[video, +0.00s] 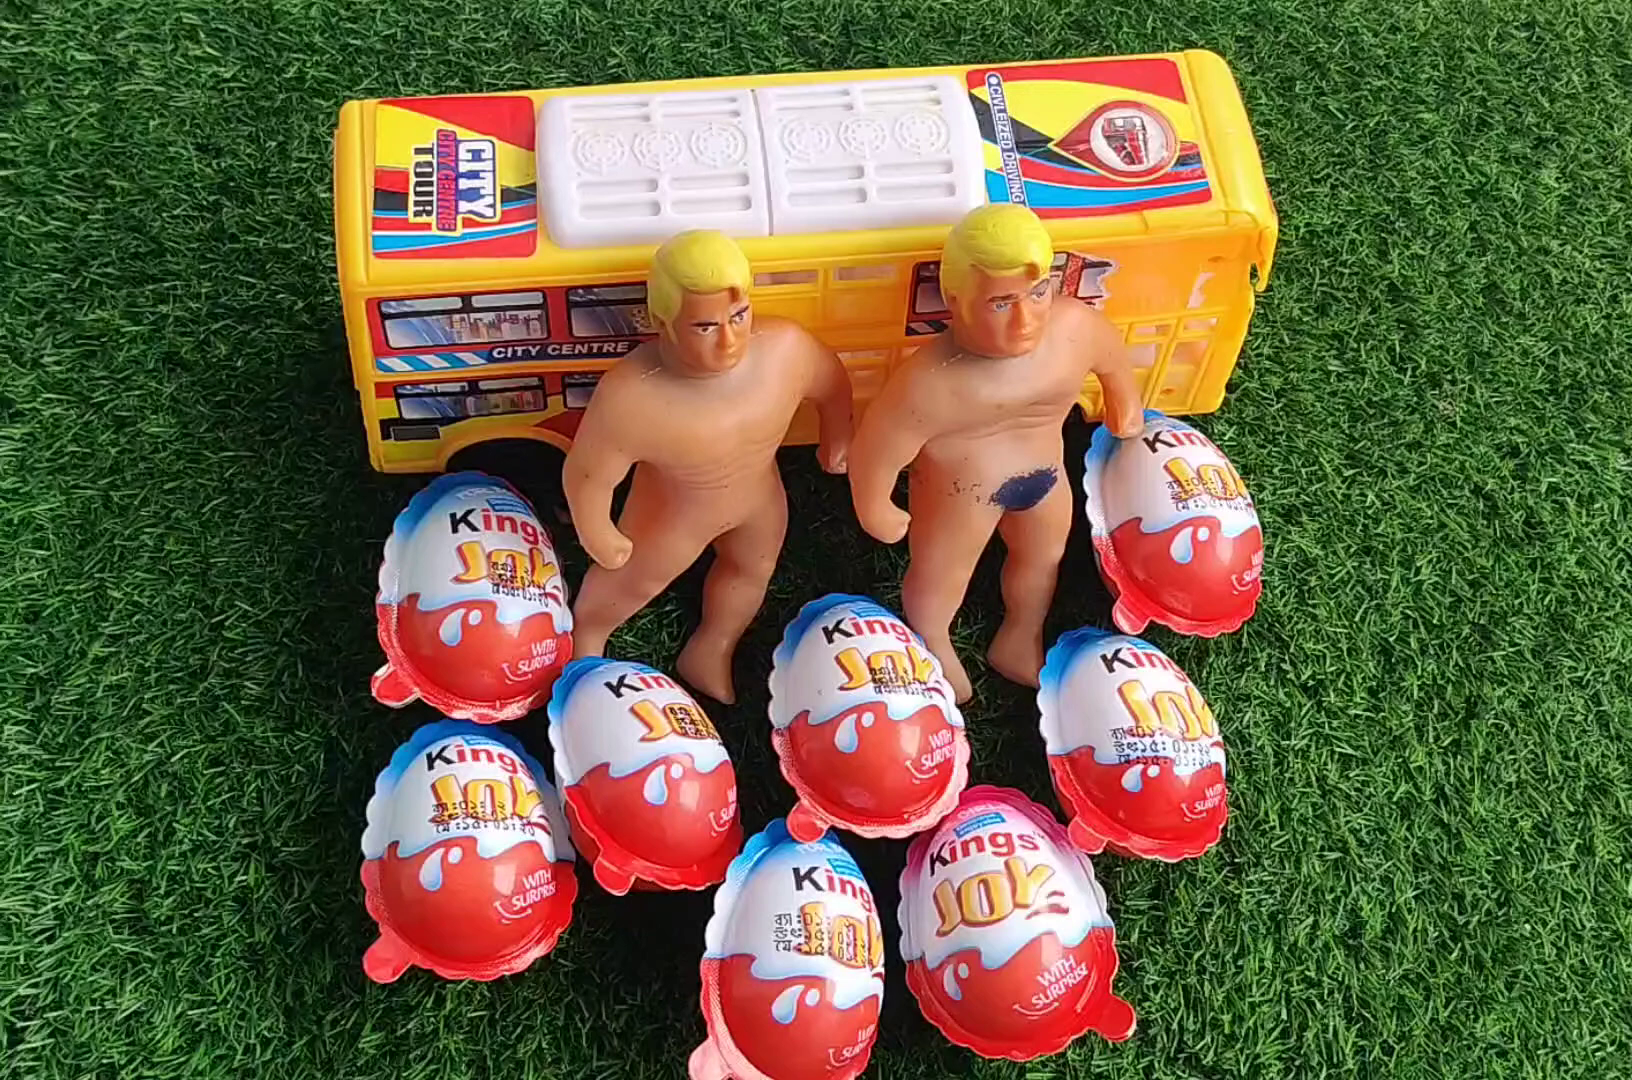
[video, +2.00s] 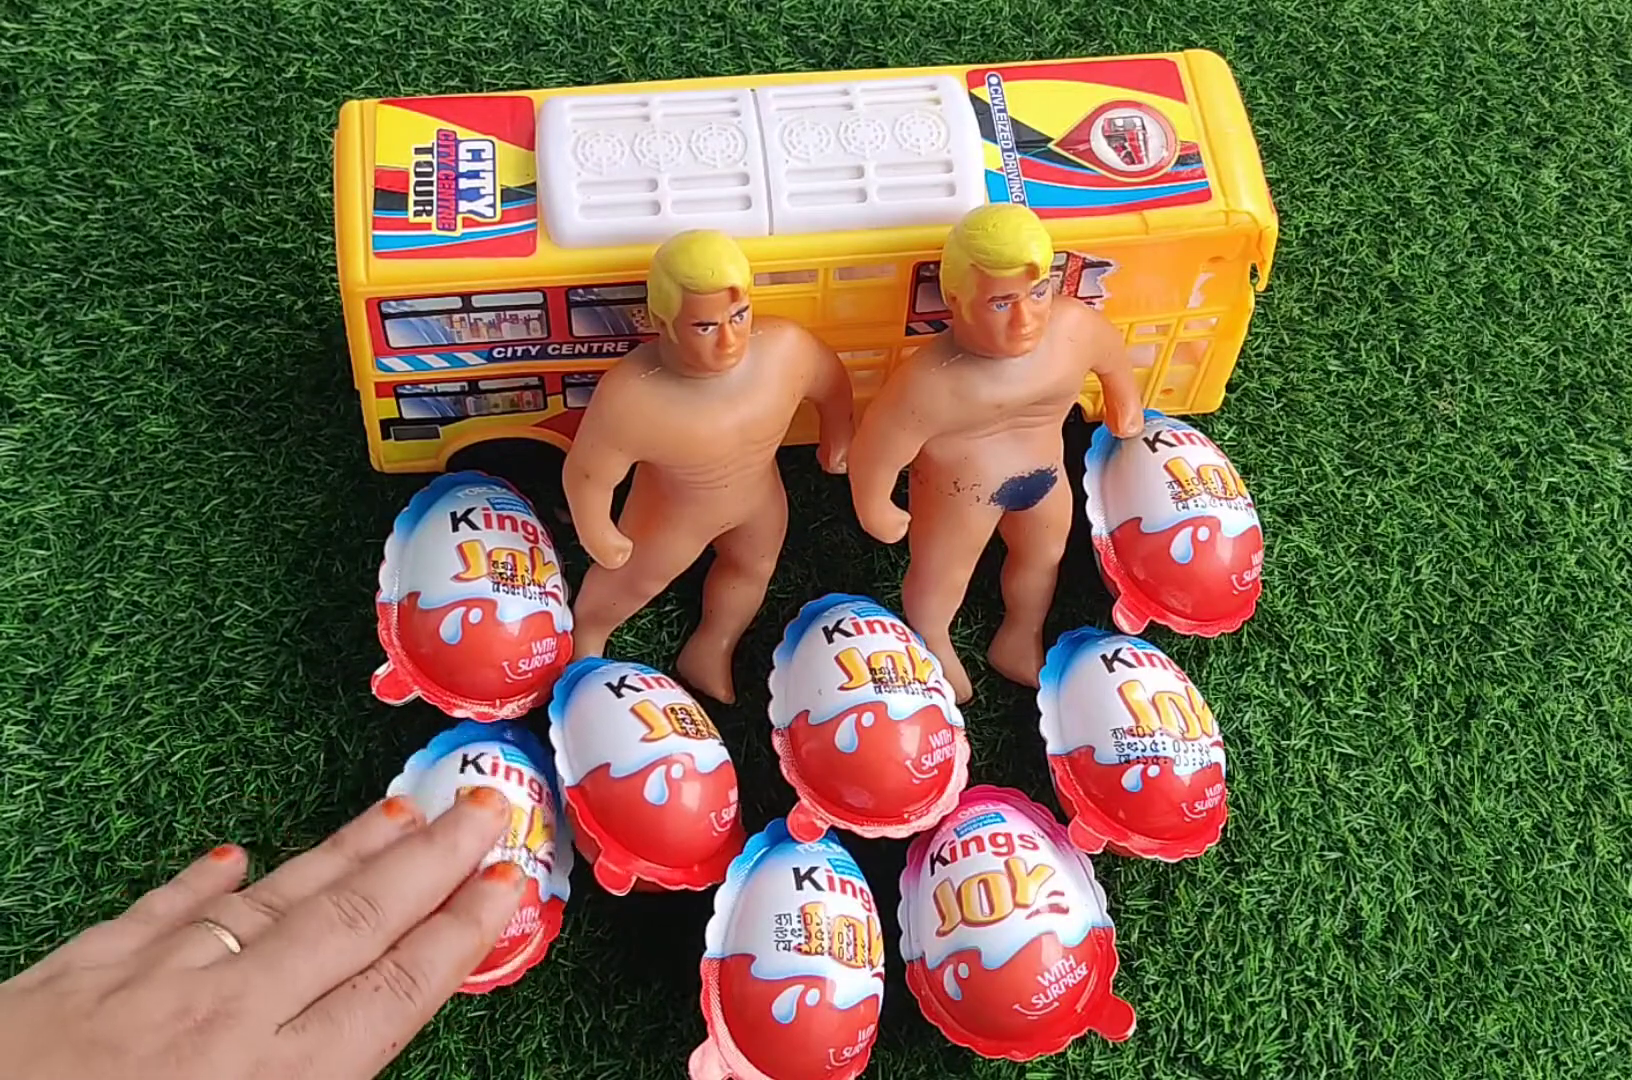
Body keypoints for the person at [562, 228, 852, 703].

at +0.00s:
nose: (728, 339)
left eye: (739, 316)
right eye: (705, 326)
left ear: (750, 302)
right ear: (661, 324)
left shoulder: (789, 350)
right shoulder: (629, 397)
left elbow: (834, 387)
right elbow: (588, 475)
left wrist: (837, 440)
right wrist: (600, 537)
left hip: (759, 496)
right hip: (672, 511)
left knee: (749, 574)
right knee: (630, 585)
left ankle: (711, 651)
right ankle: (589, 630)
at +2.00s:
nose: (729, 339)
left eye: (739, 316)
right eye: (705, 326)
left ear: (751, 301)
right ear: (660, 323)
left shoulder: (789, 350)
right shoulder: (629, 397)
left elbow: (834, 387)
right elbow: (587, 474)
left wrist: (837, 439)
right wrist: (600, 538)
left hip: (759, 496)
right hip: (673, 512)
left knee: (749, 574)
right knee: (631, 584)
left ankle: (711, 650)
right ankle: (590, 629)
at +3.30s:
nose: (728, 339)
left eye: (739, 316)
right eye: (705, 326)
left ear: (751, 301)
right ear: (661, 324)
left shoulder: (789, 349)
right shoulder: (629, 398)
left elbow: (834, 387)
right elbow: (588, 475)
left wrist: (837, 439)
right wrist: (601, 539)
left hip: (759, 496)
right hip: (672, 512)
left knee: (750, 572)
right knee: (631, 585)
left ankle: (712, 650)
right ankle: (590, 629)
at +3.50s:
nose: (728, 339)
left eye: (739, 316)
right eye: (705, 326)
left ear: (751, 301)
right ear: (661, 324)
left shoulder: (789, 349)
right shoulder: (629, 397)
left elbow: (834, 386)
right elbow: (587, 475)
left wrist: (837, 439)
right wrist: (601, 538)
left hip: (759, 497)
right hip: (672, 513)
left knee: (750, 573)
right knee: (631, 585)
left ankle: (712, 650)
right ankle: (589, 629)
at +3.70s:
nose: (728, 339)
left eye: (739, 316)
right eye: (705, 326)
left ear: (751, 301)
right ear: (661, 324)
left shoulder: (789, 349)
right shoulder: (629, 397)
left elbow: (833, 386)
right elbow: (587, 475)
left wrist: (838, 437)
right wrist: (602, 539)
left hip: (759, 497)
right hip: (672, 513)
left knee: (749, 574)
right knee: (631, 585)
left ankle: (712, 650)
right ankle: (590, 629)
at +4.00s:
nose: (729, 338)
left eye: (739, 316)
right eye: (705, 326)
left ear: (750, 303)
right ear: (663, 325)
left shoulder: (789, 350)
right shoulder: (630, 395)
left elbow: (835, 390)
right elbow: (587, 476)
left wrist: (837, 442)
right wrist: (603, 542)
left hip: (761, 503)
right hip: (671, 518)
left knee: (752, 589)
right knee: (627, 590)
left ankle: (730, 643)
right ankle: (587, 637)